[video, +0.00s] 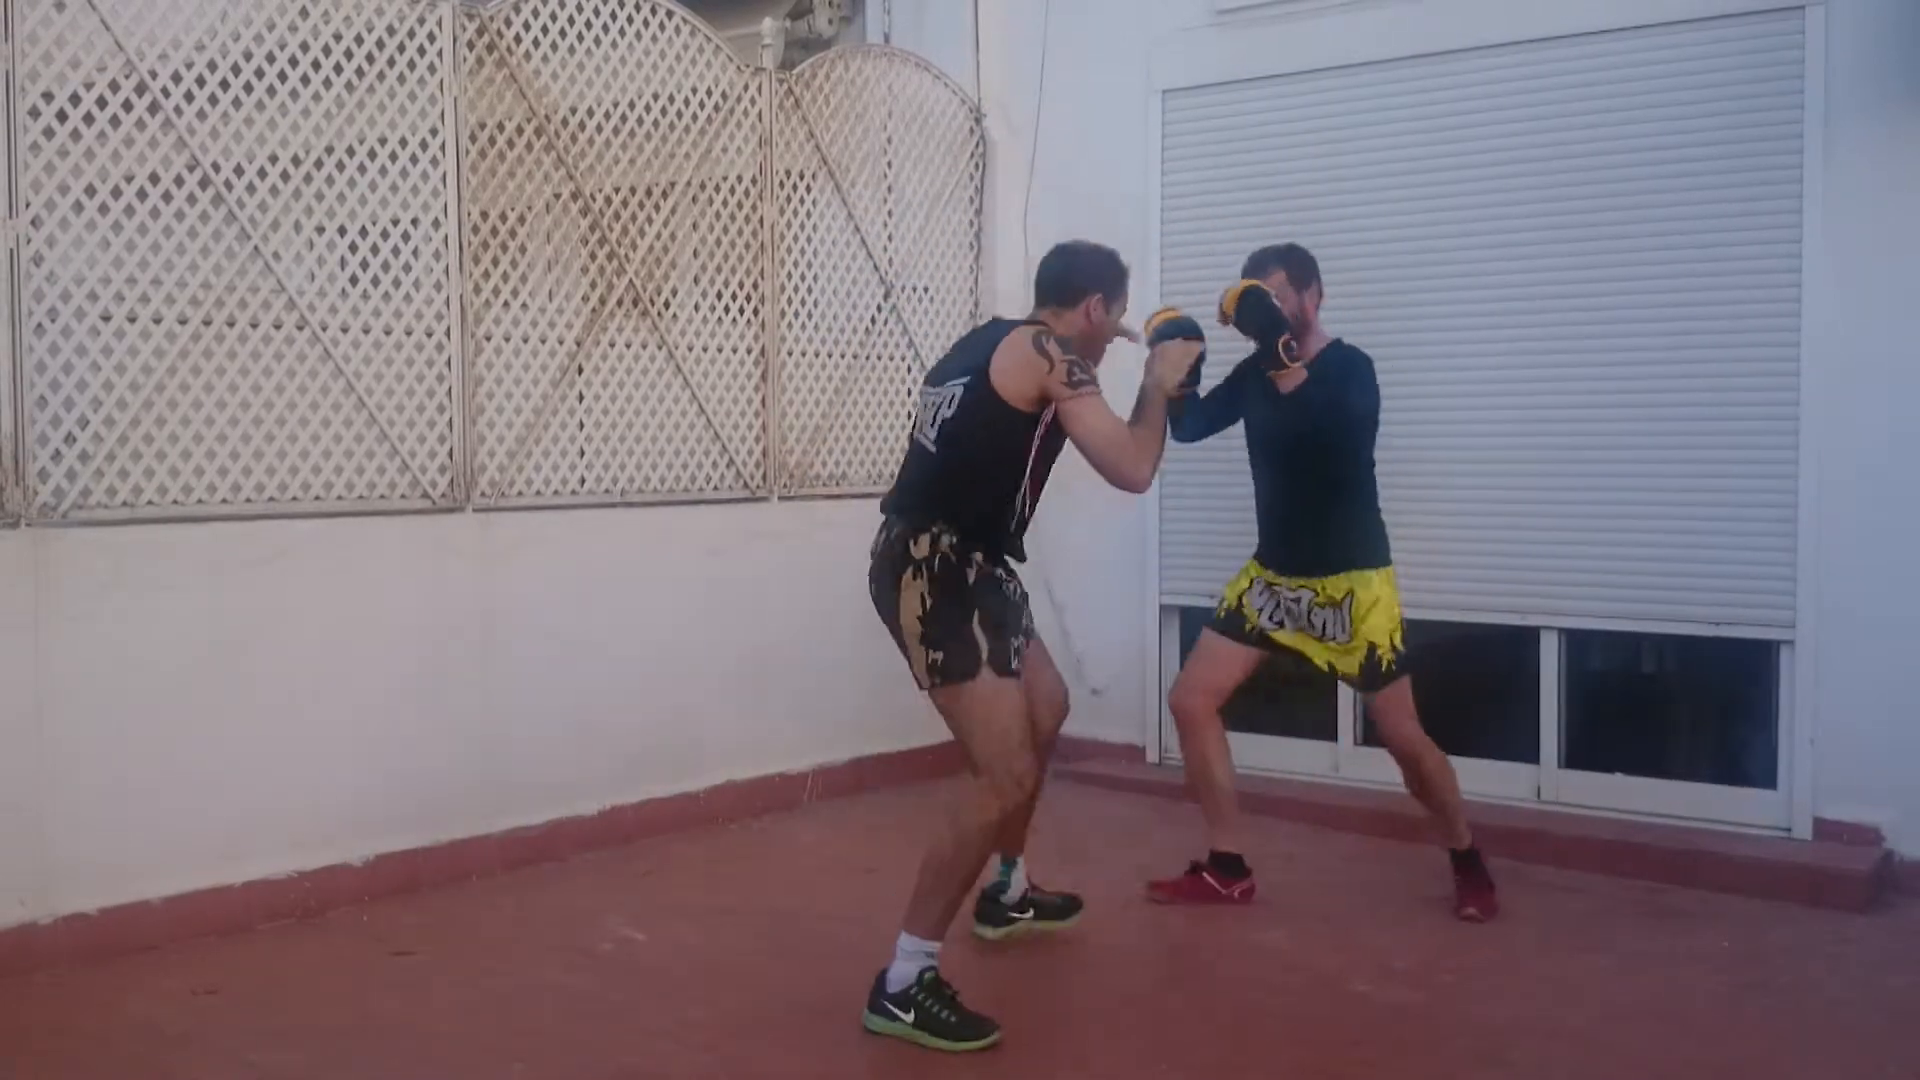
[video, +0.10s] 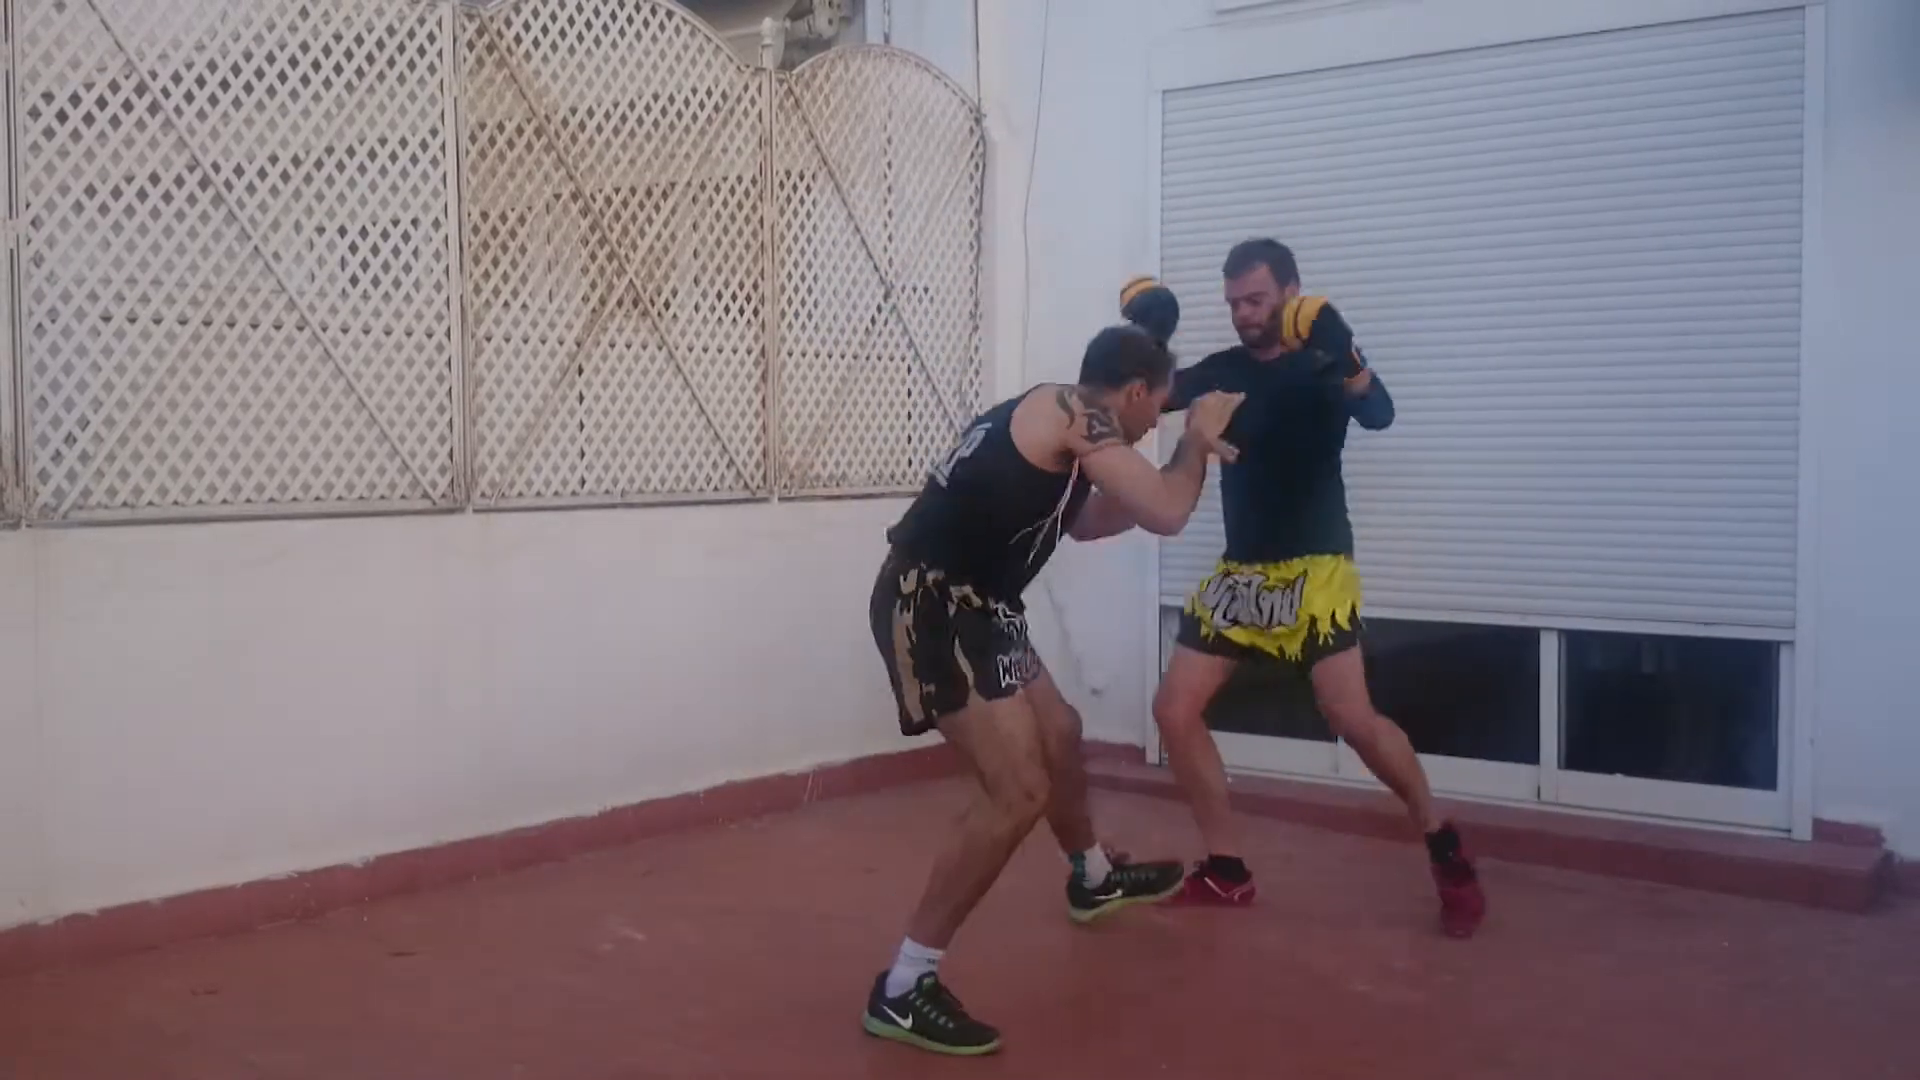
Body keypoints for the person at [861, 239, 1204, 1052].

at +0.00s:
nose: (1119, 326)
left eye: (1118, 313)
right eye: (1117, 312)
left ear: (1050, 298)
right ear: (1090, 307)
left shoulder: (995, 339)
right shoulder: (1043, 359)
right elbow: (1132, 467)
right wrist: (1163, 383)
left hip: (966, 558)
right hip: (936, 563)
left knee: (1044, 705)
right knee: (1007, 781)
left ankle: (1003, 893)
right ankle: (902, 983)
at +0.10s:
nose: (1157, 416)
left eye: (1160, 403)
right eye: (1157, 402)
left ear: (1110, 385)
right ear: (1129, 390)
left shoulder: (1055, 418)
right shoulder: (1068, 412)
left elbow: (1085, 522)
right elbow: (1170, 510)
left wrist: (1173, 476)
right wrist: (1200, 440)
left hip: (976, 601)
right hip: (934, 602)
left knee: (1059, 733)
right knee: (1020, 788)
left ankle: (1092, 875)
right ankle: (903, 986)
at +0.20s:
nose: (1197, 464)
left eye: (1202, 454)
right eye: (1200, 452)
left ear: (1162, 434)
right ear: (1175, 435)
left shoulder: (1118, 470)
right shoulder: (1102, 435)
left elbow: (1163, 573)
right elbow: (1152, 535)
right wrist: (1208, 477)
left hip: (1005, 610)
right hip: (949, 598)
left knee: (1082, 751)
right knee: (1015, 781)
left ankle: (1117, 891)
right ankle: (904, 983)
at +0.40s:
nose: (1251, 429)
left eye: (1257, 415)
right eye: (1245, 409)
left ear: (1219, 406)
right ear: (1199, 388)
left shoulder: (1173, 486)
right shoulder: (1126, 395)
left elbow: (1186, 594)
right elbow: (1149, 472)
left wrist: (1269, 652)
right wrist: (1239, 458)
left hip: (1058, 592)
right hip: (982, 559)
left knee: (1137, 732)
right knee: (987, 748)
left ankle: (1119, 886)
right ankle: (884, 897)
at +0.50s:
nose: (1193, 322)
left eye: (1211, 321)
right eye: (1189, 311)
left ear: (1226, 355)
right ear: (1165, 323)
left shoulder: (1195, 451)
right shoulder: (1108, 349)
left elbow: (1176, 564)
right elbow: (1140, 384)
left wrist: (1193, 625)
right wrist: (1219, 413)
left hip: (1086, 586)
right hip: (999, 557)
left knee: (1147, 752)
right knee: (963, 744)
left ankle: (1132, 882)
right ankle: (895, 911)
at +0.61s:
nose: (1179, 286)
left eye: (1197, 283)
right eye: (1187, 278)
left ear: (1225, 320)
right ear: (1182, 303)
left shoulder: (1213, 423)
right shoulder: (1137, 339)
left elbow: (1155, 524)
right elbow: (1102, 280)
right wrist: (1179, 345)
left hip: (1097, 571)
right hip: (1006, 536)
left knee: (1123, 757)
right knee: (950, 724)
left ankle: (1139, 883)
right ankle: (906, 901)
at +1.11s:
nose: (1172, 276)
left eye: (1193, 275)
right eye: (1177, 264)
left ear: (1227, 307)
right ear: (1172, 272)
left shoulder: (1221, 398)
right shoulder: (1122, 309)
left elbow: (1183, 496)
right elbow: (1034, 235)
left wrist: (1159, 395)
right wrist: (1108, 285)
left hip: (1125, 556)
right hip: (1031, 528)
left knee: (1143, 726)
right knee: (971, 703)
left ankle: (1159, 880)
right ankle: (932, 885)